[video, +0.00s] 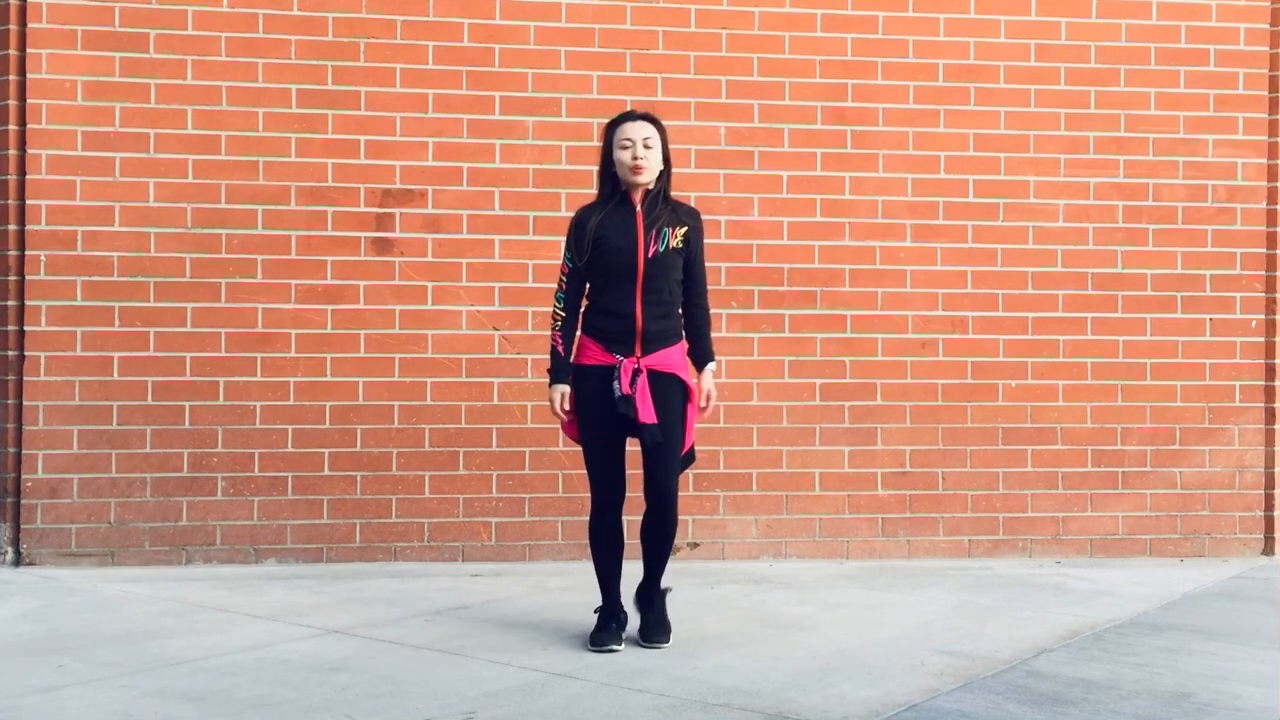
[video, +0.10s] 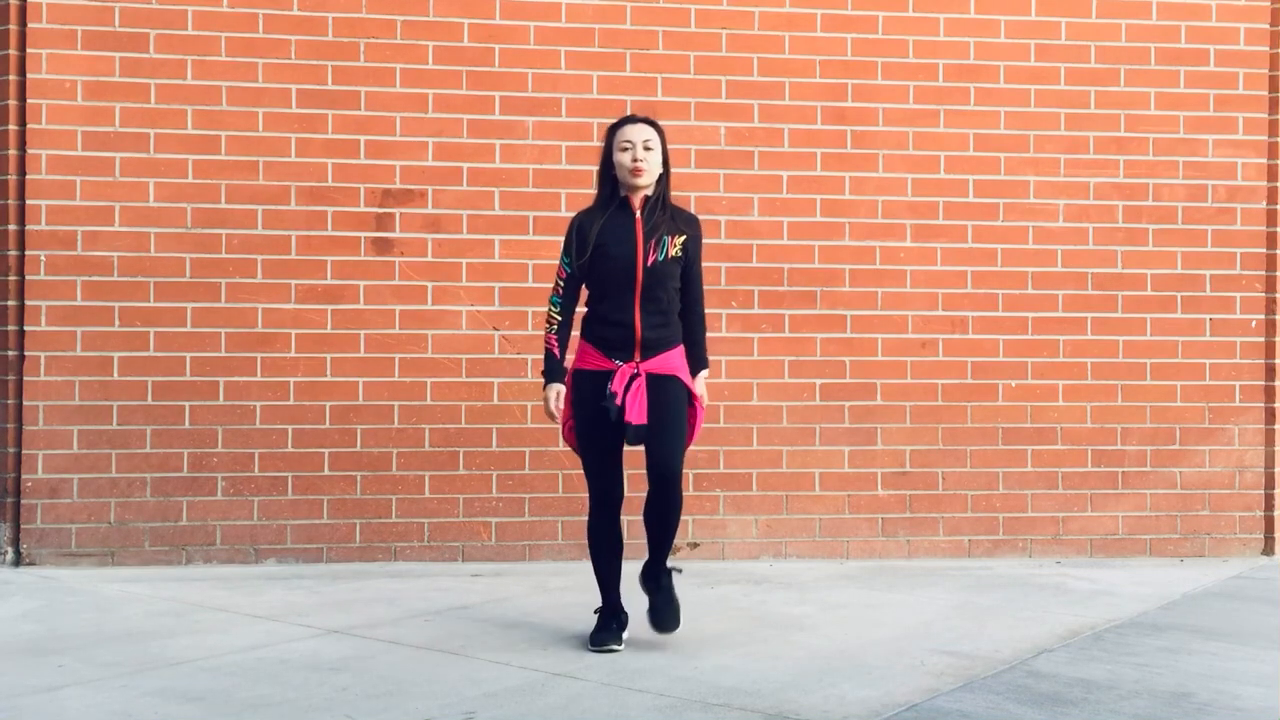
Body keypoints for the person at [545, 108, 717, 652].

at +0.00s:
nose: (638, 153)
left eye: (648, 145)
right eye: (626, 145)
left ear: (663, 155)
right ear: (610, 156)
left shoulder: (683, 219)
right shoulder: (589, 220)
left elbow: (695, 298)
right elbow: (567, 300)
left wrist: (705, 360)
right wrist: (559, 371)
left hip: (664, 368)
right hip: (598, 369)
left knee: (663, 494)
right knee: (606, 496)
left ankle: (652, 593)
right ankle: (610, 608)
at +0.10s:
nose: (637, 155)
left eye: (647, 147)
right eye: (626, 147)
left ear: (663, 157)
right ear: (610, 159)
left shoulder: (683, 225)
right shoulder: (589, 223)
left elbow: (693, 302)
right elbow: (562, 300)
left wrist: (698, 366)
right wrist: (553, 371)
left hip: (666, 367)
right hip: (598, 367)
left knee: (668, 475)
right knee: (605, 494)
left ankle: (657, 570)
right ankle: (610, 608)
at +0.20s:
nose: (639, 152)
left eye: (649, 143)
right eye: (628, 144)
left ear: (665, 152)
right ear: (612, 154)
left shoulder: (685, 220)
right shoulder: (590, 218)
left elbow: (692, 300)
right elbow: (565, 294)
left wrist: (695, 364)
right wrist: (557, 364)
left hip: (666, 363)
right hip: (600, 363)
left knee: (667, 478)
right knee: (609, 492)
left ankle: (659, 580)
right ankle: (611, 608)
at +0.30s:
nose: (642, 156)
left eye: (653, 148)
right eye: (632, 147)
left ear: (668, 158)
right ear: (616, 157)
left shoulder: (687, 227)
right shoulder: (592, 224)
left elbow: (696, 305)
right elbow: (570, 301)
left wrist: (699, 372)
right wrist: (563, 370)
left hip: (668, 372)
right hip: (602, 371)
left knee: (664, 497)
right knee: (608, 497)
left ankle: (660, 606)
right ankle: (611, 611)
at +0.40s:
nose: (648, 154)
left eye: (658, 146)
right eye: (637, 145)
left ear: (674, 155)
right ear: (621, 155)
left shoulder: (692, 224)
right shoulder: (598, 222)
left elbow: (702, 304)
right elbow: (577, 303)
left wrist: (709, 374)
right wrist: (568, 377)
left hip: (673, 370)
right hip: (607, 369)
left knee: (664, 497)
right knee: (612, 495)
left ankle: (659, 612)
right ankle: (611, 611)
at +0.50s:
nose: (652, 156)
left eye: (662, 146)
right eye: (641, 147)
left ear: (678, 156)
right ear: (625, 156)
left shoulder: (699, 224)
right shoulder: (603, 223)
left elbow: (712, 300)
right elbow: (580, 302)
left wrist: (723, 366)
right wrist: (568, 376)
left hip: (679, 373)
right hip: (611, 370)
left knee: (669, 498)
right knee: (611, 490)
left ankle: (661, 611)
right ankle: (608, 596)